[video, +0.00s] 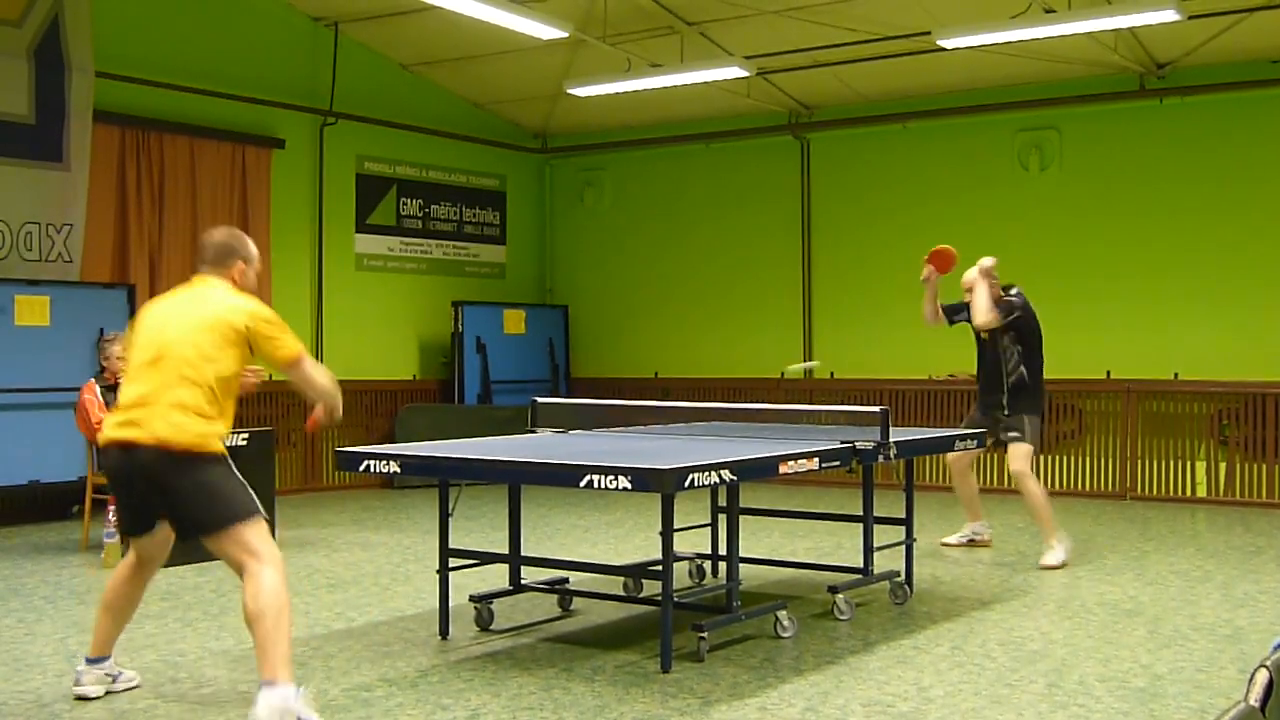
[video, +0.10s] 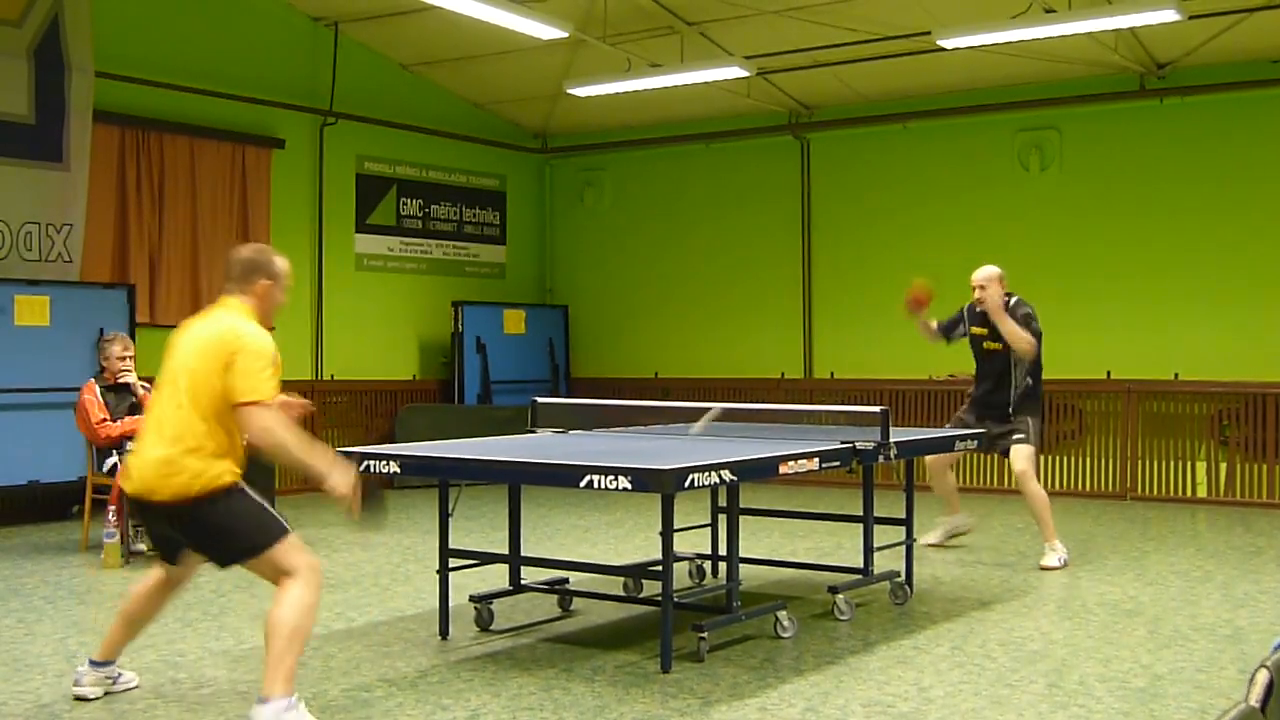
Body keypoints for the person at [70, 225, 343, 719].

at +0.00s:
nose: (259, 276)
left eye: (258, 267)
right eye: (256, 267)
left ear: (203, 266)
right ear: (240, 268)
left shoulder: (153, 307)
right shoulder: (245, 308)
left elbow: (145, 372)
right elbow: (315, 380)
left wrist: (227, 377)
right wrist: (332, 404)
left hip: (120, 446)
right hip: (186, 449)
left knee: (147, 549)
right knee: (260, 559)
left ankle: (95, 666)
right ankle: (278, 691)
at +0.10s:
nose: (284, 298)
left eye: (285, 288)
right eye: (282, 288)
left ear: (235, 283)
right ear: (263, 286)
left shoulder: (194, 326)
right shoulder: (250, 337)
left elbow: (194, 398)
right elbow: (259, 424)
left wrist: (266, 400)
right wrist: (332, 468)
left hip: (145, 480)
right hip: (197, 483)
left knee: (176, 566)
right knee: (301, 571)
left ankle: (99, 668)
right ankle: (277, 702)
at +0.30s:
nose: (358, 293)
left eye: (361, 283)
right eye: (350, 282)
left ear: (325, 281)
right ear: (315, 278)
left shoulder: (297, 318)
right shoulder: (301, 325)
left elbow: (290, 395)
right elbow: (303, 404)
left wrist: (350, 377)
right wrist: (415, 393)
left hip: (218, 480)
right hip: (254, 486)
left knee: (213, 564)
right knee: (358, 585)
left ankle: (134, 643)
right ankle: (282, 705)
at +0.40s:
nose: (380, 294)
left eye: (382, 285)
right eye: (377, 284)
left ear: (330, 274)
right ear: (354, 276)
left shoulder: (280, 314)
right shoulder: (351, 311)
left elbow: (338, 390)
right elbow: (434, 346)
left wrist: (385, 346)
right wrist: (472, 295)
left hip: (227, 477)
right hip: (283, 485)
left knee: (250, 534)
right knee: (379, 587)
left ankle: (186, 628)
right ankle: (288, 699)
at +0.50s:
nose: (406, 293)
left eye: (406, 286)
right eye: (405, 285)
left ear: (351, 280)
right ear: (389, 282)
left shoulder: (300, 322)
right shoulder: (394, 314)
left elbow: (288, 397)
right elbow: (483, 364)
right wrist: (476, 322)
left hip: (264, 478)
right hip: (330, 483)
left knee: (282, 514)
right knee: (436, 564)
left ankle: (236, 618)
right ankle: (373, 679)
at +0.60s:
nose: (425, 303)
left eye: (425, 296)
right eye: (424, 295)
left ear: (369, 293)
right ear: (410, 294)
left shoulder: (314, 339)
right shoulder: (421, 338)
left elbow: (288, 424)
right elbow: (500, 409)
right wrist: (525, 368)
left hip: (294, 497)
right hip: (368, 501)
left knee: (288, 556)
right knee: (454, 595)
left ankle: (244, 665)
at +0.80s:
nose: (445, 306)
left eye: (443, 299)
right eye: (444, 299)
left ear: (386, 299)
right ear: (436, 300)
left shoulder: (337, 344)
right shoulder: (453, 351)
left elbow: (310, 429)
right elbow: (508, 438)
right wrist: (466, 409)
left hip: (318, 497)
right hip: (401, 504)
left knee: (286, 569)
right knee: (474, 594)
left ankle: (228, 687)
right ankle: (471, 713)